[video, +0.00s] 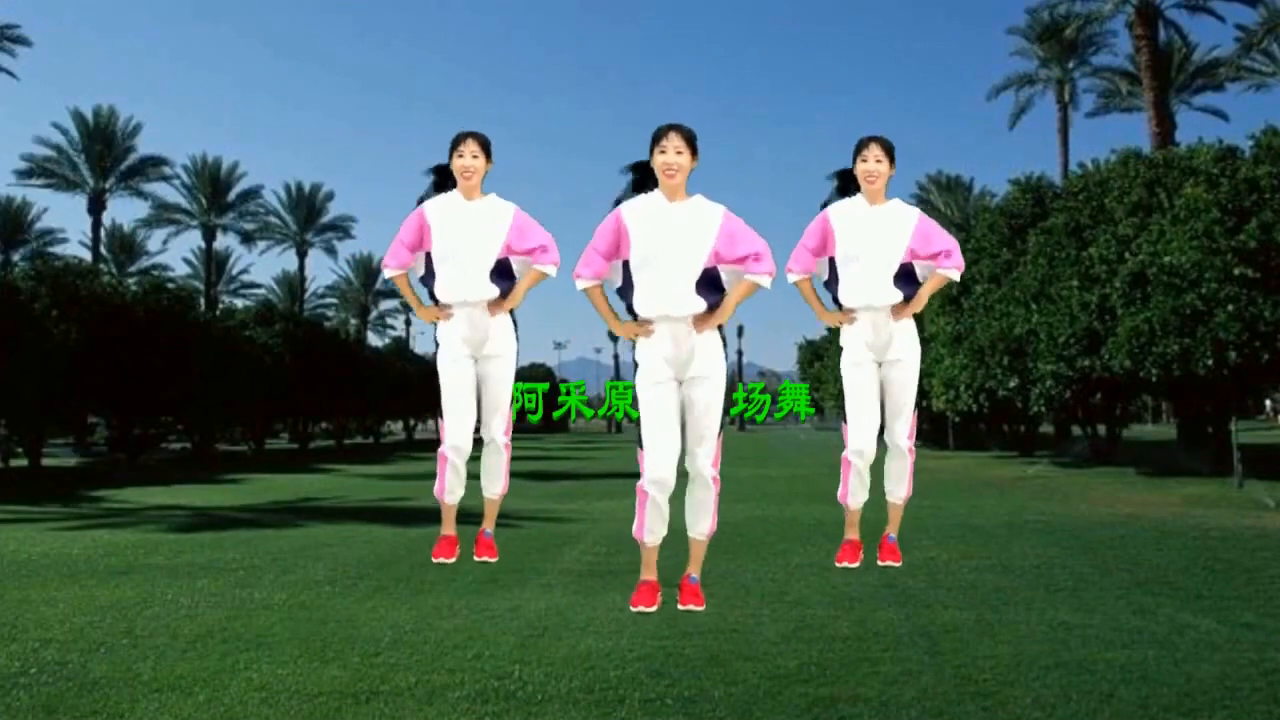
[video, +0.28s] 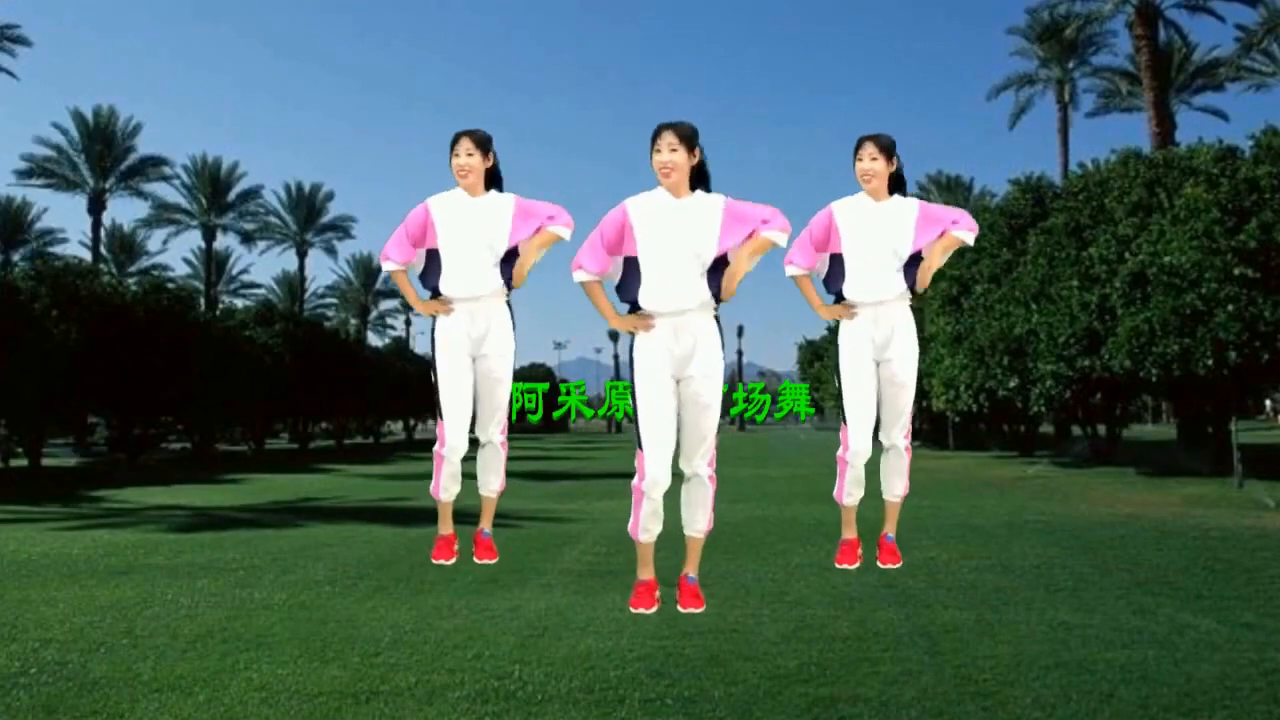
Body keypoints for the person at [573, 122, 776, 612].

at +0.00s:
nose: (671, 158)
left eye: (679, 152)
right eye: (663, 151)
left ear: (693, 161)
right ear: (652, 161)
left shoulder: (713, 214)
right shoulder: (629, 215)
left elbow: (762, 263)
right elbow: (587, 272)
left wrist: (724, 310)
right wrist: (617, 324)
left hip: (704, 343)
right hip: (653, 345)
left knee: (702, 462)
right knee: (658, 464)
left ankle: (693, 576)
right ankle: (648, 576)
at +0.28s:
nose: (664, 158)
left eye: (673, 150)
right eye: (658, 150)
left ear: (694, 157)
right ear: (651, 159)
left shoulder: (717, 207)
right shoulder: (632, 210)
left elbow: (778, 224)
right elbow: (585, 267)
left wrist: (740, 262)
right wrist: (616, 318)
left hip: (701, 334)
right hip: (651, 336)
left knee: (698, 461)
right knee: (655, 462)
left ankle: (690, 574)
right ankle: (645, 576)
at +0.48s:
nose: (667, 151)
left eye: (676, 144)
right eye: (662, 144)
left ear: (699, 150)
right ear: (657, 153)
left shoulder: (724, 198)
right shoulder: (637, 203)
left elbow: (786, 215)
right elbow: (586, 256)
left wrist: (753, 202)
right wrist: (618, 309)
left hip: (701, 327)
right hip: (650, 327)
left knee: (697, 457)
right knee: (649, 460)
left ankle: (693, 575)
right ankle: (643, 575)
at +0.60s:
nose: (673, 177)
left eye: (682, 170)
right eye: (668, 170)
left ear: (704, 177)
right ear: (662, 178)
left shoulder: (720, 231)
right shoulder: (638, 225)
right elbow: (592, 281)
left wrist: (737, 238)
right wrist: (613, 335)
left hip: (703, 352)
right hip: (652, 353)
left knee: (702, 473)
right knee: (672, 472)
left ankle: (691, 578)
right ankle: (654, 557)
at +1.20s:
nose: (650, 155)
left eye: (660, 147)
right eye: (646, 147)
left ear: (682, 156)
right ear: (642, 156)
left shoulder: (704, 208)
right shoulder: (622, 209)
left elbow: (707, 244)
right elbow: (579, 251)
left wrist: (690, 180)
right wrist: (597, 302)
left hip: (671, 338)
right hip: (620, 333)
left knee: (672, 467)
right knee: (598, 454)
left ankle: (689, 573)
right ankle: (576, 564)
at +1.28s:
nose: (650, 134)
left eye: (661, 126)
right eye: (648, 126)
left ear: (684, 136)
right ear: (645, 135)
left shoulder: (703, 186)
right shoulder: (623, 187)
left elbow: (721, 220)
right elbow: (579, 228)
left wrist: (700, 159)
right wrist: (598, 280)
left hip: (675, 314)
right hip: (624, 311)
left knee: (680, 448)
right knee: (604, 440)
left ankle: (691, 566)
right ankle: (585, 539)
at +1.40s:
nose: (658, 131)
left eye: (669, 125)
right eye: (655, 124)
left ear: (692, 137)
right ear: (649, 133)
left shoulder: (704, 185)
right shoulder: (622, 183)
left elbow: (716, 228)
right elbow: (579, 229)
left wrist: (705, 163)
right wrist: (597, 283)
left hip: (680, 307)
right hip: (631, 305)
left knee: (682, 441)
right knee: (625, 440)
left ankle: (684, 563)